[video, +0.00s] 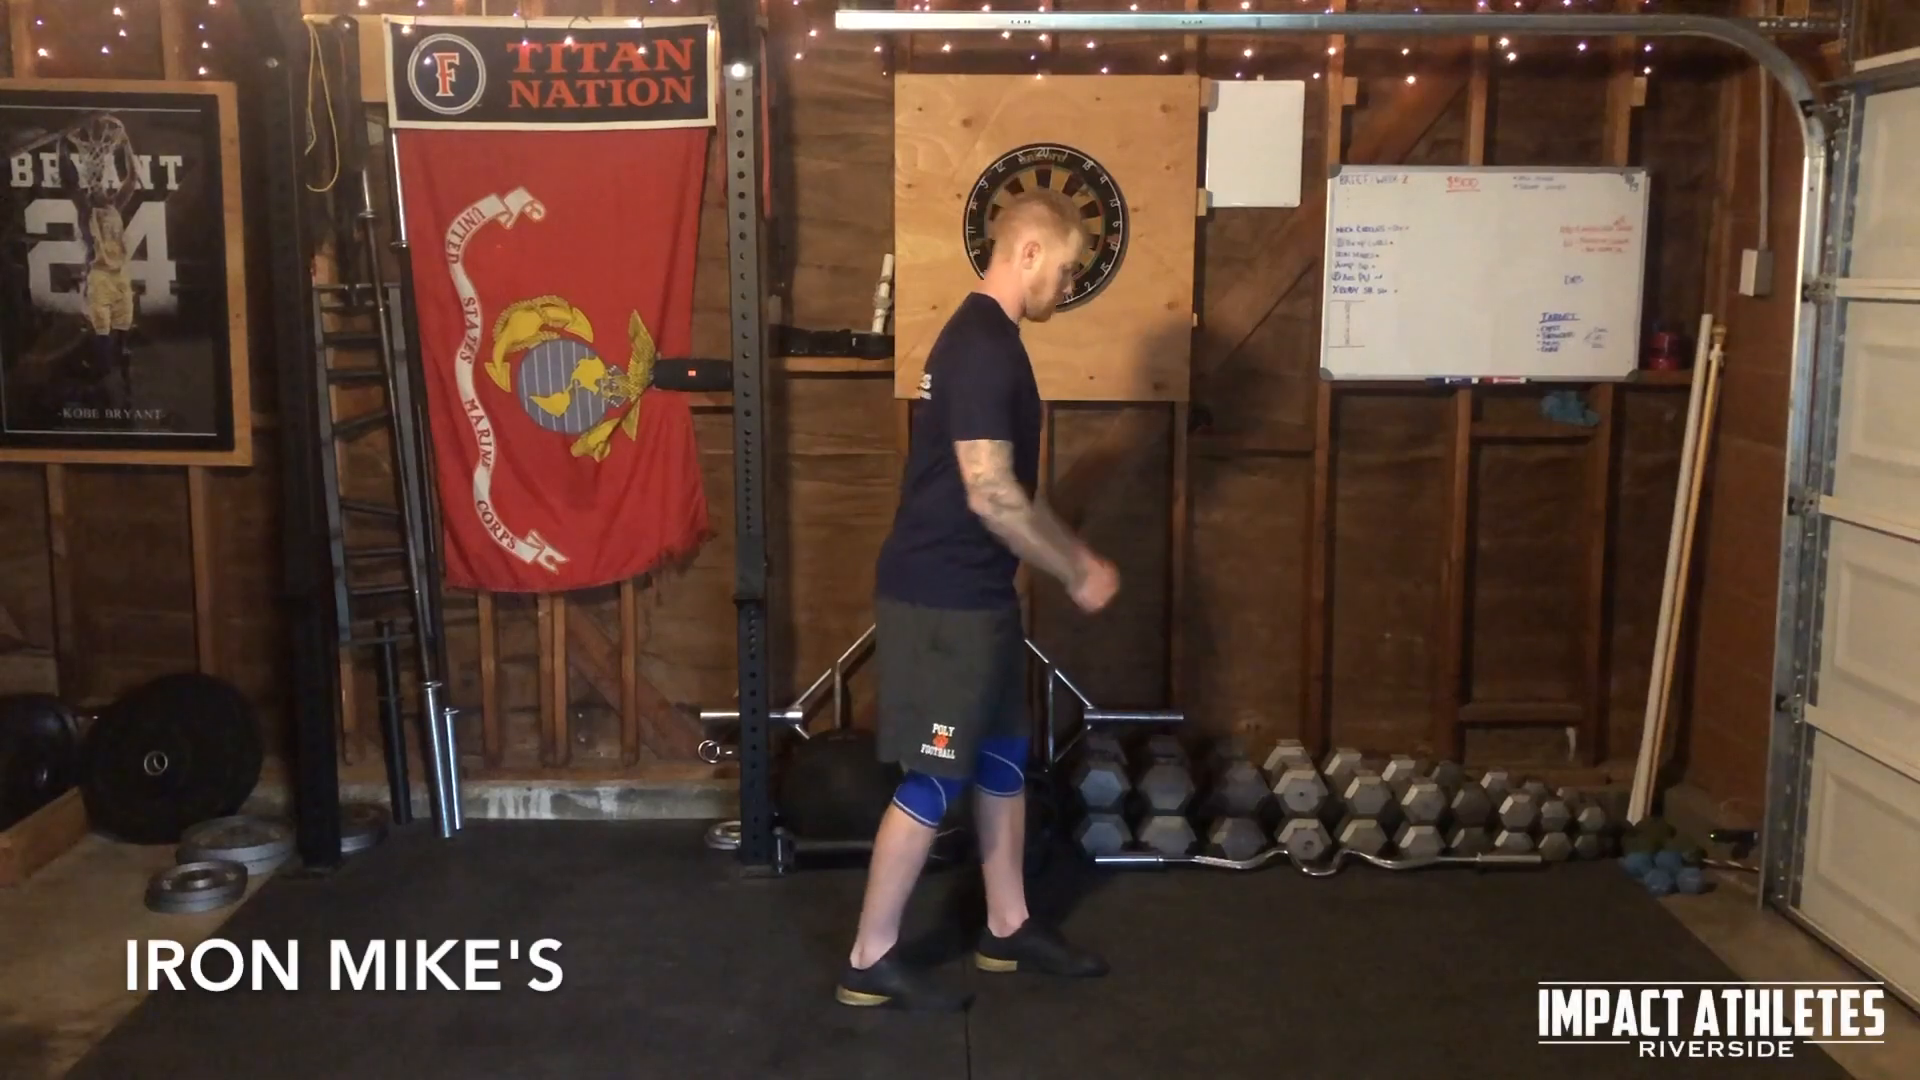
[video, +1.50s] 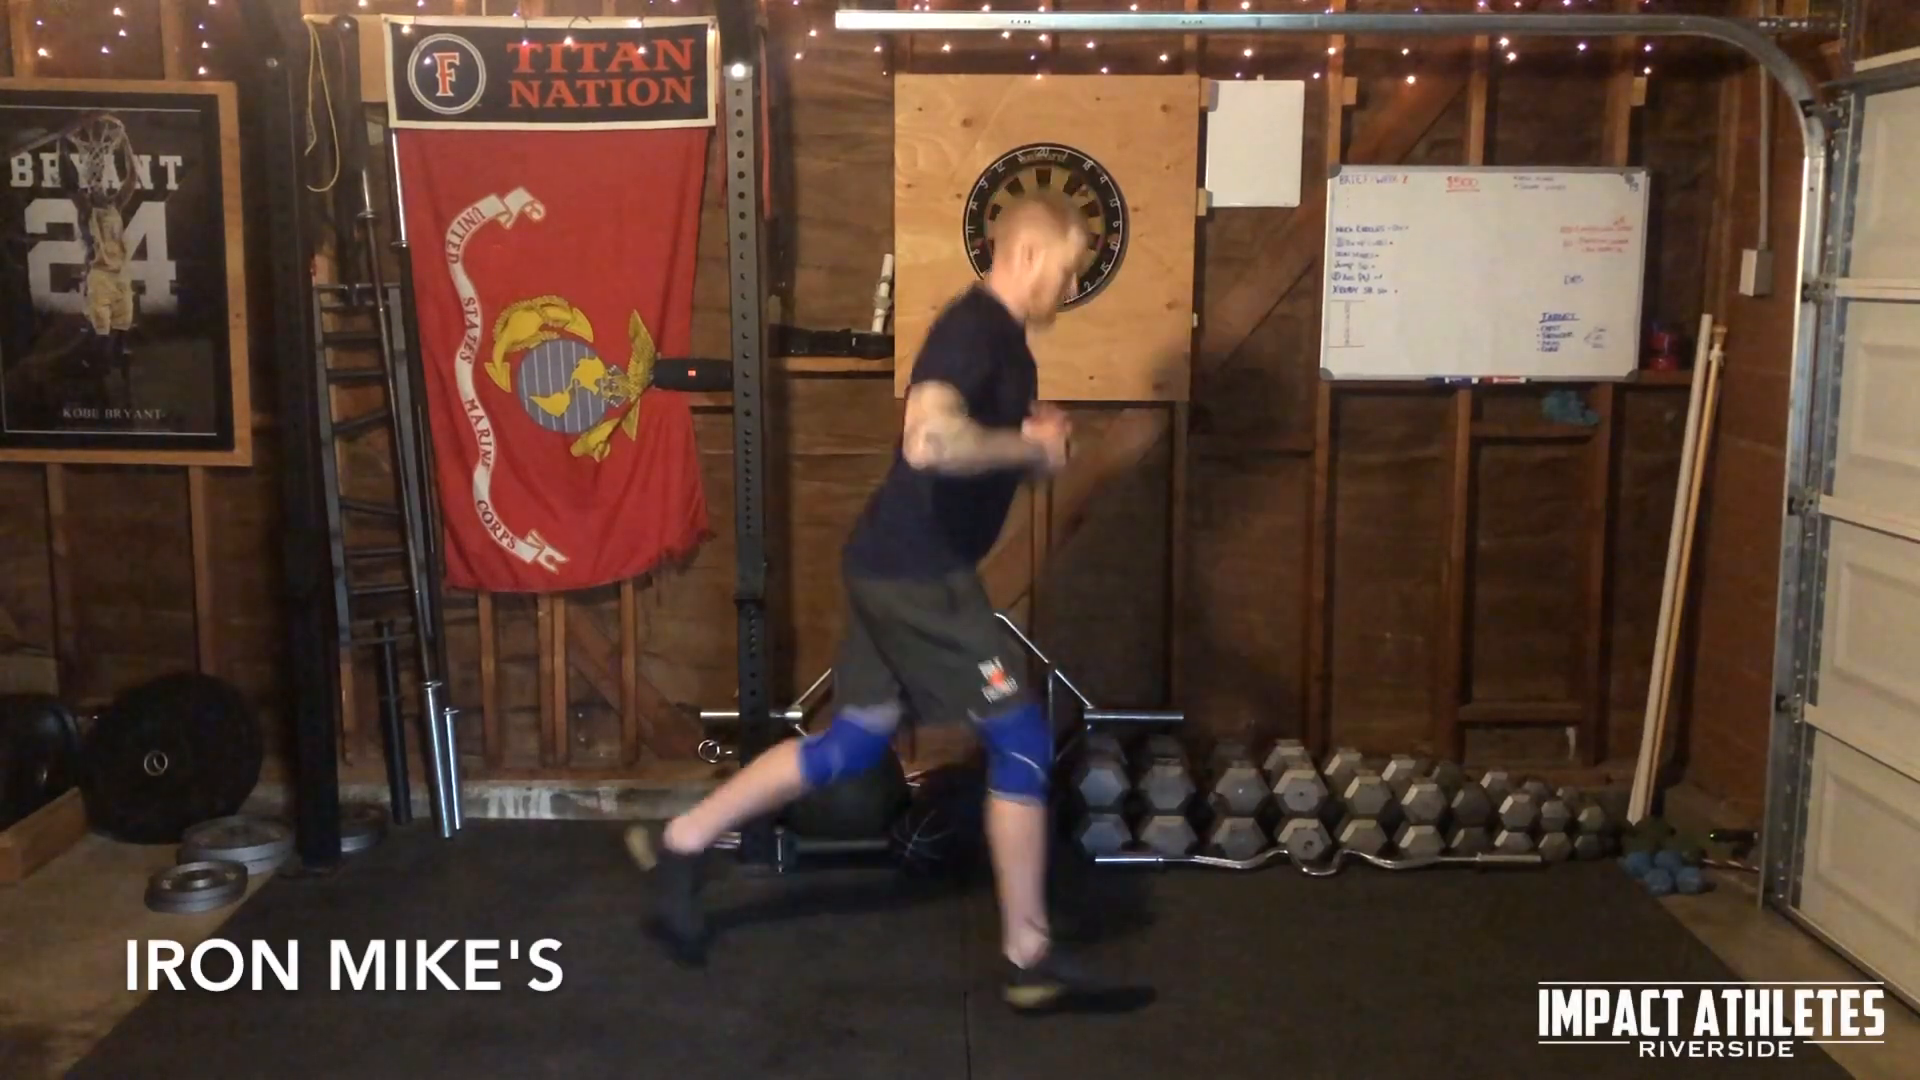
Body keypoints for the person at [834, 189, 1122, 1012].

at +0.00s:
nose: (1065, 290)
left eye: (1071, 275)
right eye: (1065, 271)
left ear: (1019, 254)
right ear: (1028, 253)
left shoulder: (996, 339)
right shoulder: (981, 341)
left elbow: (1007, 484)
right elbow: (988, 489)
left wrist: (1073, 554)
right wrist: (1074, 566)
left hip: (986, 596)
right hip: (940, 597)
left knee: (1003, 760)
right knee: (931, 776)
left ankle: (1008, 930)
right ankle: (870, 956)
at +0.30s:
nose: (1091, 304)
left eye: (1096, 288)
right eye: (1091, 285)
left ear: (1040, 264)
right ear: (1054, 267)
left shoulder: (1005, 341)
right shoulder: (1014, 348)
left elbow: (1024, 481)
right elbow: (1045, 490)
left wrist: (1109, 488)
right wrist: (1132, 493)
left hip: (973, 596)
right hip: (928, 593)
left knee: (1019, 744)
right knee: (885, 767)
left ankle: (1010, 930)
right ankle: (716, 900)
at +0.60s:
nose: (1080, 430)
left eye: (1084, 416)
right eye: (1080, 414)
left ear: (1032, 399)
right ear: (1044, 404)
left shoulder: (995, 469)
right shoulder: (990, 483)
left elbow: (981, 596)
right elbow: (984, 632)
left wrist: (1052, 605)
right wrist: (1072, 620)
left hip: (952, 690)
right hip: (888, 703)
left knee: (1066, 750)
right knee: (845, 895)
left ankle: (1011, 928)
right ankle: (634, 929)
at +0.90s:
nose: (1059, 509)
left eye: (1061, 495)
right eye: (1057, 494)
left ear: (1005, 484)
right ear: (1021, 488)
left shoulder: (971, 548)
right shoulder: (972, 568)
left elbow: (955, 686)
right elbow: (943, 718)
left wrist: (1033, 696)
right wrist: (1036, 705)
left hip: (934, 759)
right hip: (881, 785)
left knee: (1076, 752)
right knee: (856, 980)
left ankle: (1011, 932)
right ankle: (653, 927)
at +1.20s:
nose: (1061, 327)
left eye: (1064, 309)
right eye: (1057, 307)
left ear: (1012, 298)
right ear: (1016, 296)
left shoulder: (988, 382)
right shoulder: (969, 380)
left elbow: (979, 498)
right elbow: (969, 508)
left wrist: (1055, 484)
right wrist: (1060, 488)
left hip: (950, 613)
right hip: (894, 615)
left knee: (1020, 739)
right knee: (862, 803)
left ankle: (1008, 926)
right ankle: (674, 902)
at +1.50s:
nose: (1072, 288)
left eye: (1078, 271)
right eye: (1070, 268)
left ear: (1018, 255)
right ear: (1025, 253)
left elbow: (962, 439)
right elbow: (927, 440)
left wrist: (1031, 442)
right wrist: (1027, 445)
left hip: (903, 564)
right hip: (910, 568)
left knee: (852, 741)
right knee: (1020, 737)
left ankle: (679, 839)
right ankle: (1029, 959)